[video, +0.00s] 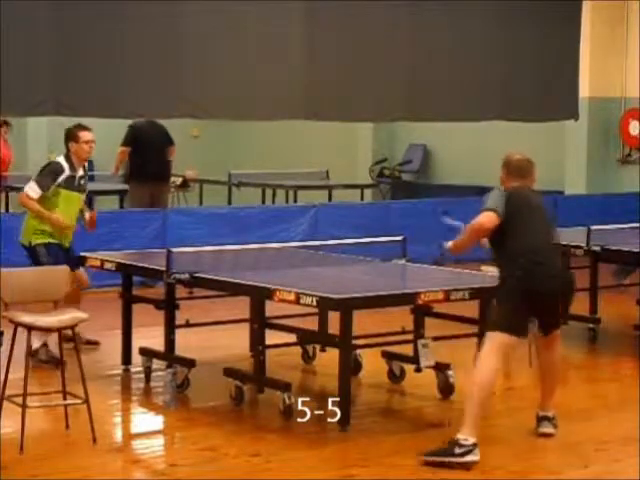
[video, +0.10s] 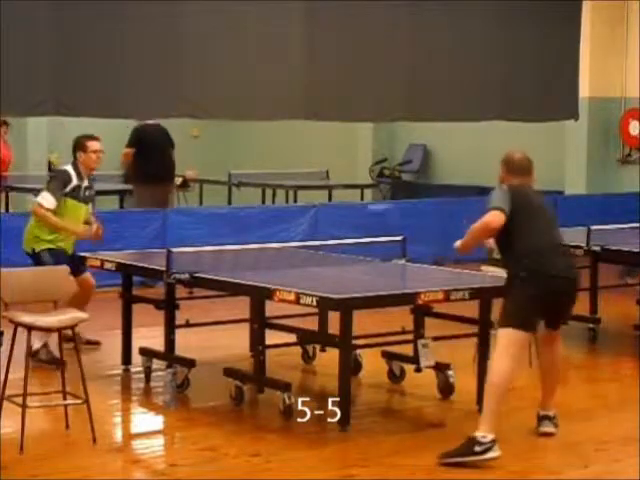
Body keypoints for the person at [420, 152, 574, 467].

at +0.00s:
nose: (501, 181)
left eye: (501, 177)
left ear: (504, 177)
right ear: (533, 179)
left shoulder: (503, 195)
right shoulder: (541, 202)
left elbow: (485, 223)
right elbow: (534, 241)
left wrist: (458, 245)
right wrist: (488, 237)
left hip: (519, 280)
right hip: (556, 280)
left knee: (491, 353)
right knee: (550, 342)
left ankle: (466, 440)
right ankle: (547, 415)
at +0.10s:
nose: (499, 179)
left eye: (499, 175)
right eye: (503, 175)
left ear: (503, 175)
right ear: (530, 176)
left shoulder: (505, 192)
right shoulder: (540, 200)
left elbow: (494, 222)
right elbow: (535, 242)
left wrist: (466, 244)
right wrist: (497, 244)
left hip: (529, 277)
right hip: (565, 277)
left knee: (505, 355)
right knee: (550, 338)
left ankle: (484, 436)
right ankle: (547, 414)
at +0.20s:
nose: (498, 177)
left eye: (498, 172)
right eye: (501, 173)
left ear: (502, 171)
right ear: (528, 171)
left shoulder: (505, 190)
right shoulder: (541, 197)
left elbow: (495, 222)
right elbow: (532, 234)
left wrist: (468, 242)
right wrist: (486, 232)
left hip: (531, 276)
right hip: (566, 274)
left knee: (509, 351)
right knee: (550, 337)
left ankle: (491, 435)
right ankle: (549, 413)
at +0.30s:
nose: (492, 170)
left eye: (493, 165)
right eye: (494, 166)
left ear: (498, 165)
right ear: (525, 166)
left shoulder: (503, 187)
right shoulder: (536, 192)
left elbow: (495, 224)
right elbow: (524, 231)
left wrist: (471, 243)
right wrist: (480, 226)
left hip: (533, 275)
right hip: (566, 273)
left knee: (508, 348)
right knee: (549, 339)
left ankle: (495, 437)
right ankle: (551, 414)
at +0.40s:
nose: (488, 167)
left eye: (489, 162)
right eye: (489, 161)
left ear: (495, 162)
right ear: (520, 162)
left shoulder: (501, 189)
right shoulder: (537, 192)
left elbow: (490, 231)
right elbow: (534, 237)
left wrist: (466, 245)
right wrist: (488, 238)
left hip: (532, 277)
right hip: (564, 275)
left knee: (496, 353)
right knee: (544, 343)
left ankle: (502, 440)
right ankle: (550, 415)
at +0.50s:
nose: (482, 167)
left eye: (483, 162)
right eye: (483, 162)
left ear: (489, 162)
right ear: (514, 163)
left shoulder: (492, 191)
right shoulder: (535, 193)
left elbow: (473, 242)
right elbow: (538, 243)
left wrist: (453, 246)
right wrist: (494, 258)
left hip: (522, 283)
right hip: (558, 280)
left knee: (486, 358)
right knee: (544, 341)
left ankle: (509, 443)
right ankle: (551, 414)